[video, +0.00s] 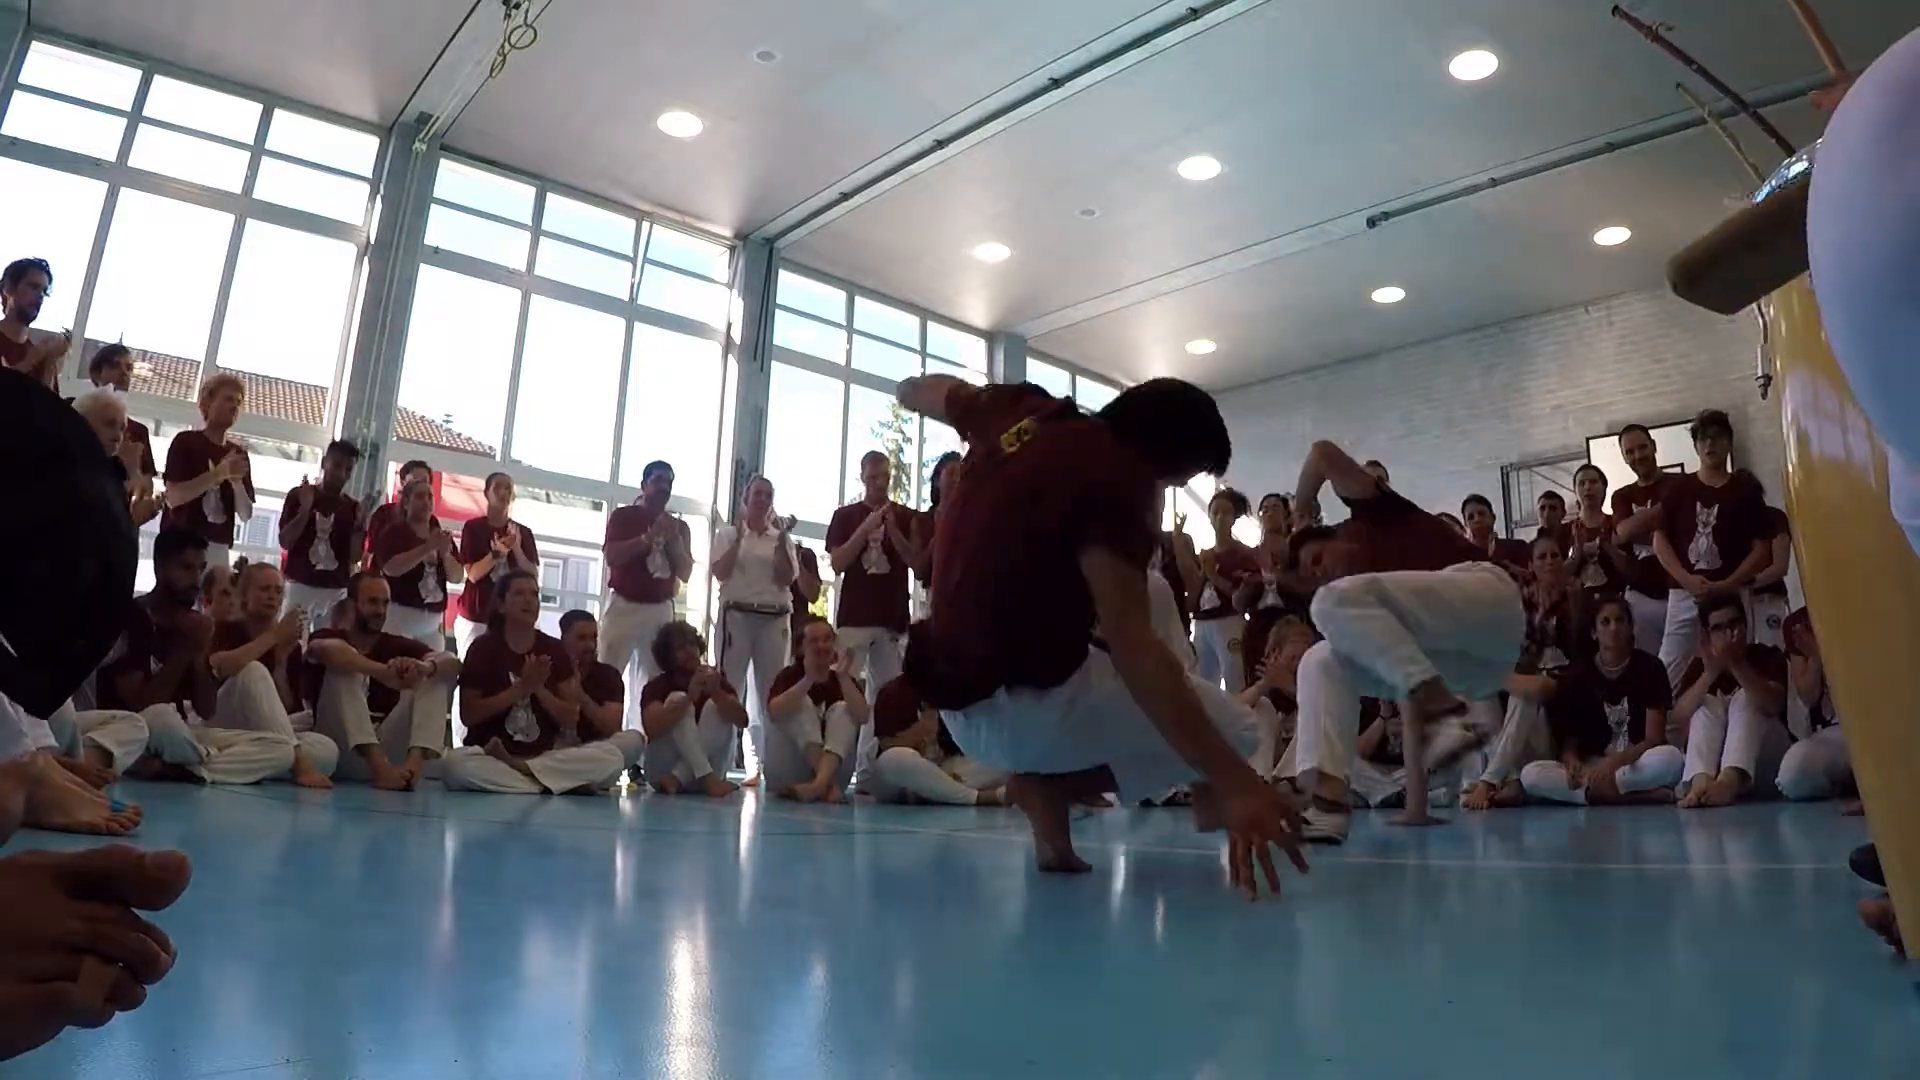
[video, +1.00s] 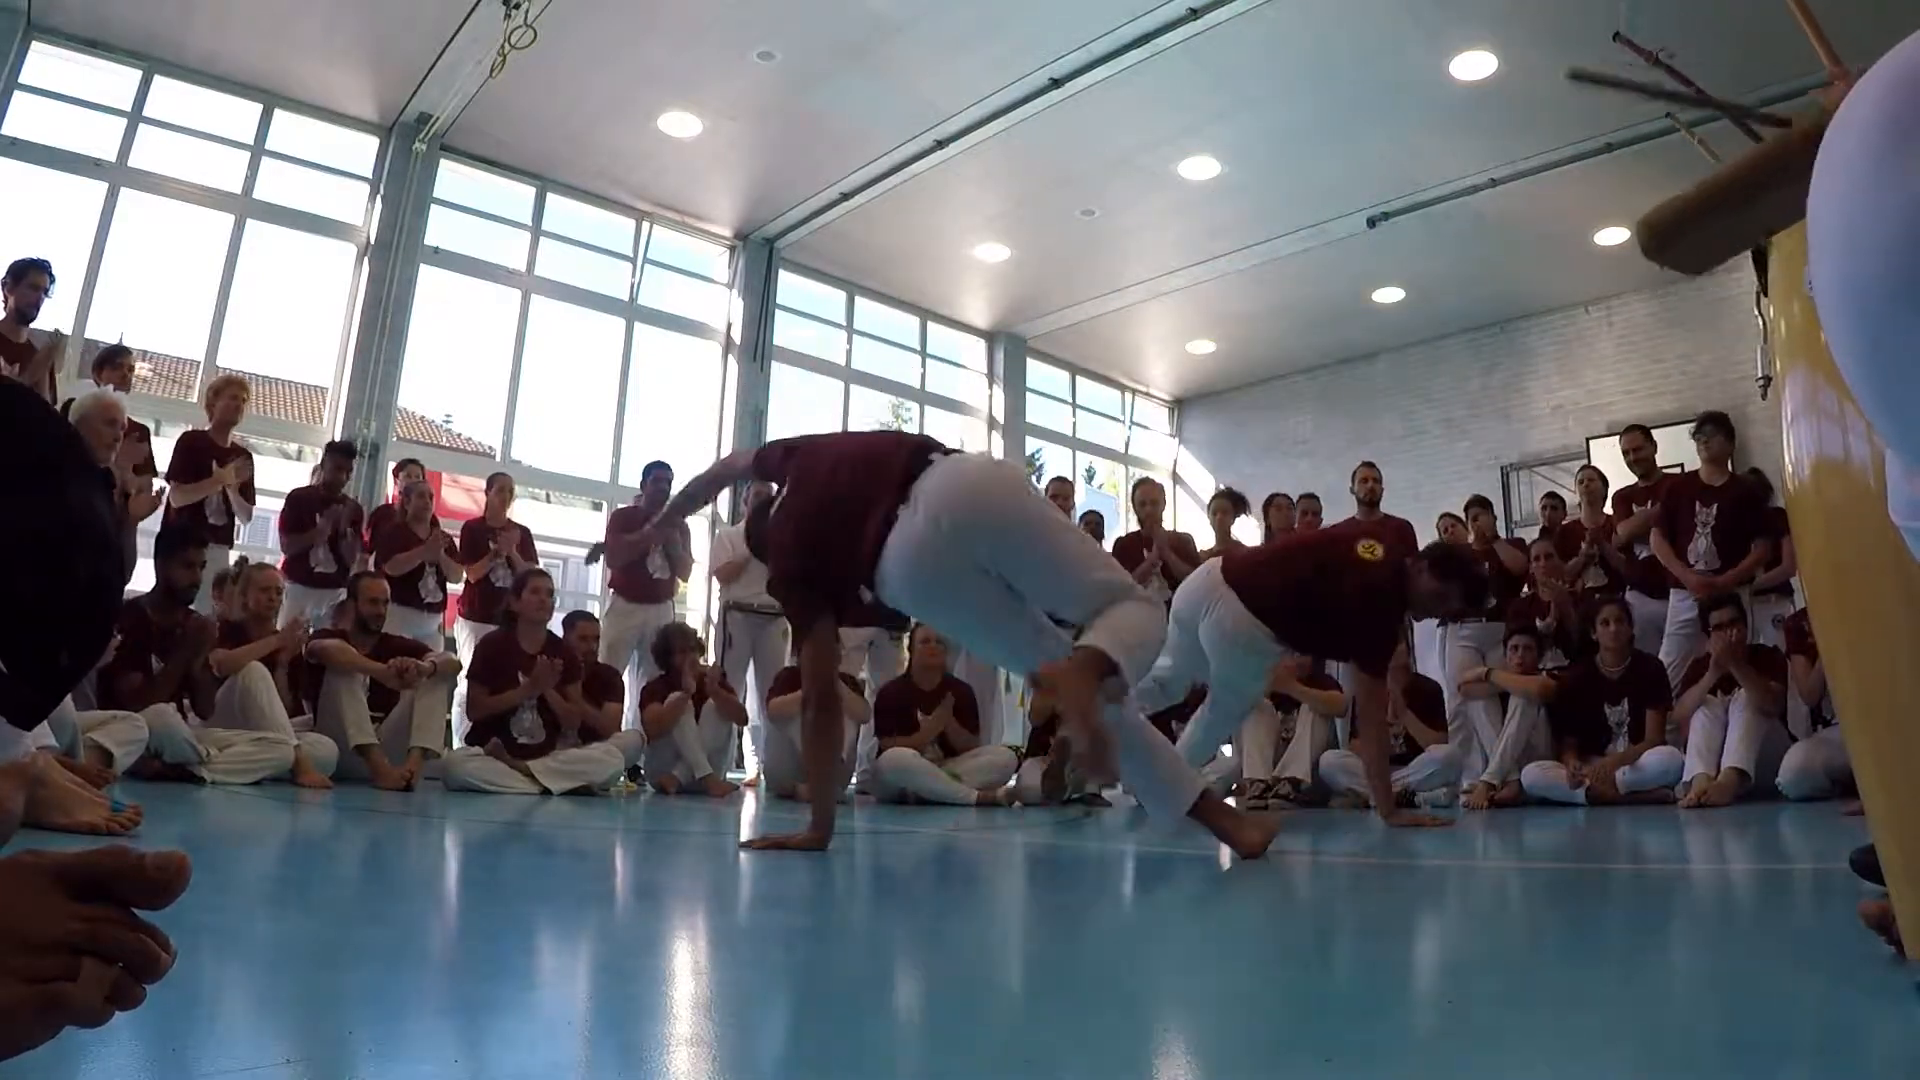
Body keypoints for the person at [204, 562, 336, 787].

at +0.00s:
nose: (273, 597)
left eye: (278, 591)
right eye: (264, 589)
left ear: (283, 597)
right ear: (244, 593)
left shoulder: (290, 647)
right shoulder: (225, 630)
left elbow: (290, 708)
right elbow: (219, 667)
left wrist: (281, 661)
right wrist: (274, 637)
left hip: (271, 732)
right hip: (223, 724)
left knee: (326, 751)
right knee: (253, 671)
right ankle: (299, 763)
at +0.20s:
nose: (273, 597)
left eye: (278, 591)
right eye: (264, 589)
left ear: (283, 596)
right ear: (245, 593)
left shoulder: (290, 646)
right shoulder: (224, 630)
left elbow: (292, 708)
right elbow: (221, 665)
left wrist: (277, 667)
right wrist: (279, 637)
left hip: (271, 733)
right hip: (223, 724)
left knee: (326, 751)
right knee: (253, 672)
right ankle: (299, 763)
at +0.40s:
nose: (273, 597)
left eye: (278, 591)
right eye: (264, 589)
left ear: (283, 597)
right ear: (245, 593)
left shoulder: (288, 644)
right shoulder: (224, 629)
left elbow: (291, 711)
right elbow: (220, 666)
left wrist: (282, 662)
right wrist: (275, 637)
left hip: (272, 733)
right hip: (223, 725)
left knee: (326, 751)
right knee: (253, 672)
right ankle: (299, 763)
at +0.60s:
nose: (273, 597)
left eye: (278, 591)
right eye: (264, 590)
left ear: (283, 596)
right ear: (244, 596)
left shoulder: (289, 645)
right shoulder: (226, 630)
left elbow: (292, 713)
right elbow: (220, 666)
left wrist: (278, 665)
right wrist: (278, 639)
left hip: (274, 734)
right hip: (225, 726)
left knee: (326, 752)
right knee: (253, 671)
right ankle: (299, 762)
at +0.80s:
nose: (273, 597)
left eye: (278, 591)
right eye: (264, 590)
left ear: (283, 596)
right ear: (244, 595)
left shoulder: (289, 645)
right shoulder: (225, 630)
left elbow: (292, 713)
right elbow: (220, 665)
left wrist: (277, 667)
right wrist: (278, 641)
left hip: (274, 734)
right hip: (225, 726)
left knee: (326, 752)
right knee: (253, 671)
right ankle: (299, 763)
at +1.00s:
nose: (273, 598)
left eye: (278, 592)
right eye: (264, 590)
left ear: (283, 597)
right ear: (245, 595)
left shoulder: (289, 645)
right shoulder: (226, 630)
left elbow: (290, 712)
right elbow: (220, 665)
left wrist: (282, 665)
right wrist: (279, 640)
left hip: (273, 734)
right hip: (225, 726)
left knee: (326, 752)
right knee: (253, 671)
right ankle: (300, 763)